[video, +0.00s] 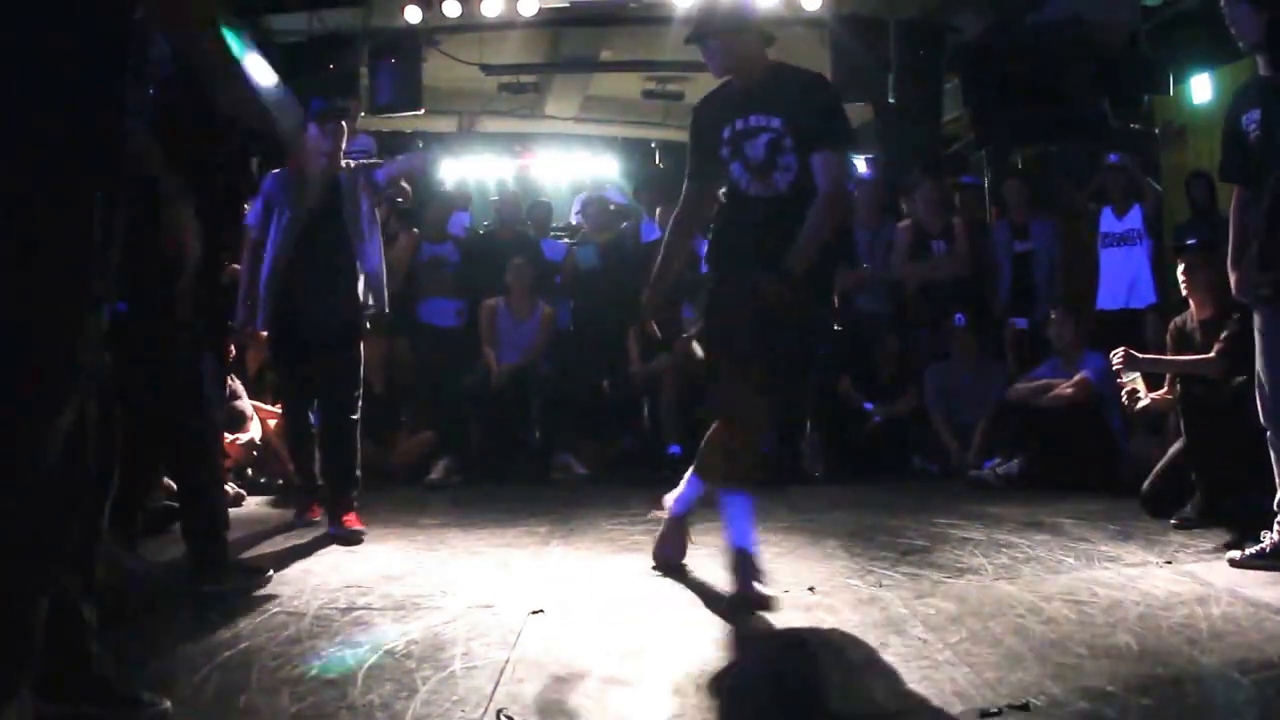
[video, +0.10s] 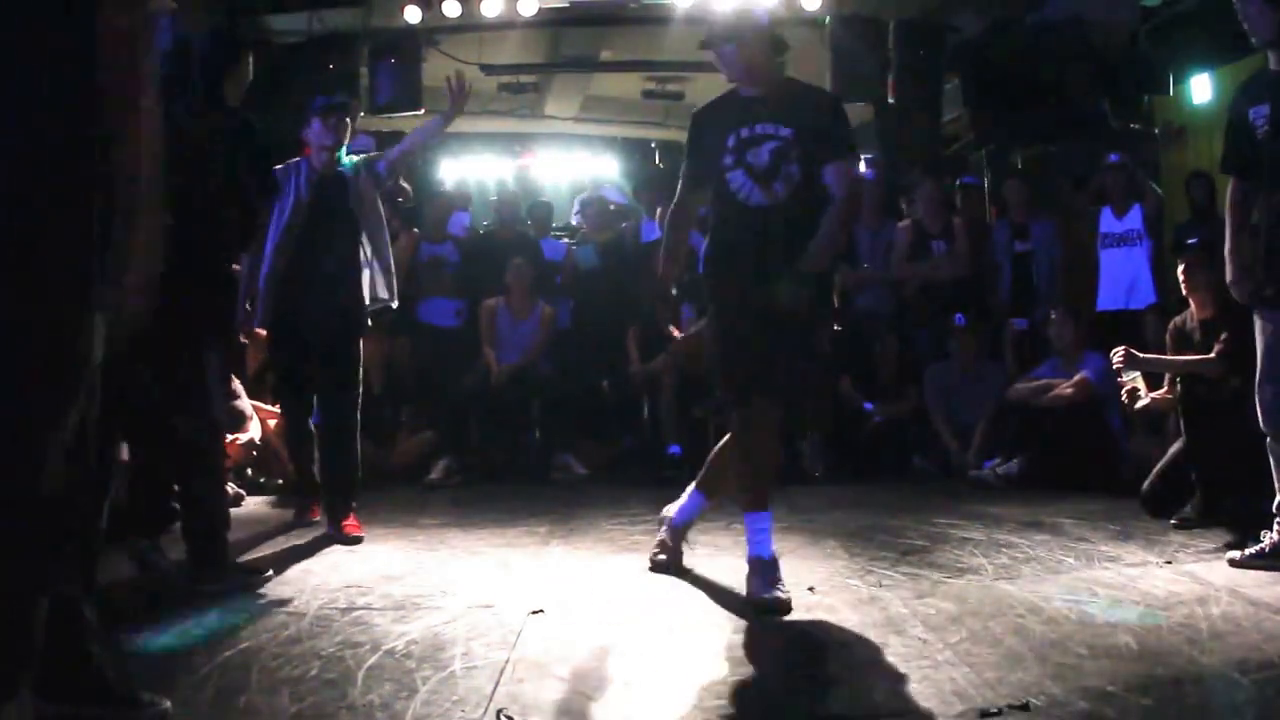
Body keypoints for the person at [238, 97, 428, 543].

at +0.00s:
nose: (331, 145)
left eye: (338, 138)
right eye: (324, 136)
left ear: (346, 142)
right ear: (306, 137)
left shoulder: (360, 185)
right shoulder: (278, 186)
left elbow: (408, 164)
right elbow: (254, 252)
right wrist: (249, 316)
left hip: (343, 317)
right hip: (291, 317)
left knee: (344, 411)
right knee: (296, 409)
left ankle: (345, 505)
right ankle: (308, 496)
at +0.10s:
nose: (336, 131)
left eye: (342, 124)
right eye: (327, 123)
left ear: (349, 131)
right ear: (307, 132)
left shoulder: (364, 174)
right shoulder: (286, 178)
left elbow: (409, 146)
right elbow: (261, 247)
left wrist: (449, 115)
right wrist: (251, 310)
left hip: (343, 313)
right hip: (291, 312)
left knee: (341, 413)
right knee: (296, 413)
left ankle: (342, 509)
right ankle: (308, 496)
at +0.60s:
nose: (339, 125)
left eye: (344, 116)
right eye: (330, 115)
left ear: (349, 121)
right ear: (307, 117)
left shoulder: (360, 164)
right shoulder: (275, 172)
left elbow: (413, 171)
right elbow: (251, 240)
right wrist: (253, 305)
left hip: (347, 308)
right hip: (293, 308)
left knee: (344, 415)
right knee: (292, 415)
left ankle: (341, 510)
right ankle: (290, 512)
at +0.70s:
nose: (340, 118)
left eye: (340, 110)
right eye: (329, 109)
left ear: (341, 116)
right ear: (300, 117)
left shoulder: (359, 167)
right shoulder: (271, 177)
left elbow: (403, 206)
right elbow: (255, 251)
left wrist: (447, 257)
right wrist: (262, 313)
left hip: (347, 314)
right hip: (291, 314)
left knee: (345, 418)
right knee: (289, 421)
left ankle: (342, 511)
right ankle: (290, 512)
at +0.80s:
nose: (344, 117)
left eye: (341, 110)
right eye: (333, 111)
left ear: (332, 120)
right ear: (304, 121)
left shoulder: (355, 171)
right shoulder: (271, 181)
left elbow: (379, 232)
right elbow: (257, 253)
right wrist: (261, 319)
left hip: (343, 317)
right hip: (290, 320)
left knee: (352, 413)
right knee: (288, 421)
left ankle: (342, 506)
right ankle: (291, 512)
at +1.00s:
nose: (362, 134)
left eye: (363, 125)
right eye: (357, 124)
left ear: (344, 124)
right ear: (332, 120)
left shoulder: (339, 173)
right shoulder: (298, 170)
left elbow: (340, 249)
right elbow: (288, 249)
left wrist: (354, 307)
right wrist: (293, 317)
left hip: (339, 315)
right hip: (300, 316)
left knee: (359, 402)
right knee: (294, 416)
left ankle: (339, 493)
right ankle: (290, 514)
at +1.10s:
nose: (370, 140)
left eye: (372, 130)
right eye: (363, 129)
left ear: (345, 129)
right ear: (337, 126)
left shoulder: (336, 177)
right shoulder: (305, 178)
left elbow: (336, 254)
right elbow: (298, 258)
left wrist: (344, 313)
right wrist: (309, 324)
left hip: (334, 319)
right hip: (300, 323)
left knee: (352, 405)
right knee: (296, 420)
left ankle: (342, 495)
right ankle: (291, 514)